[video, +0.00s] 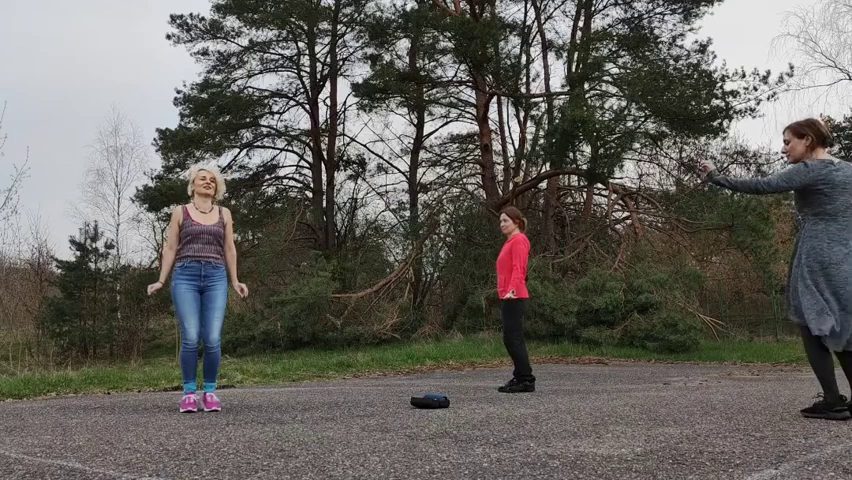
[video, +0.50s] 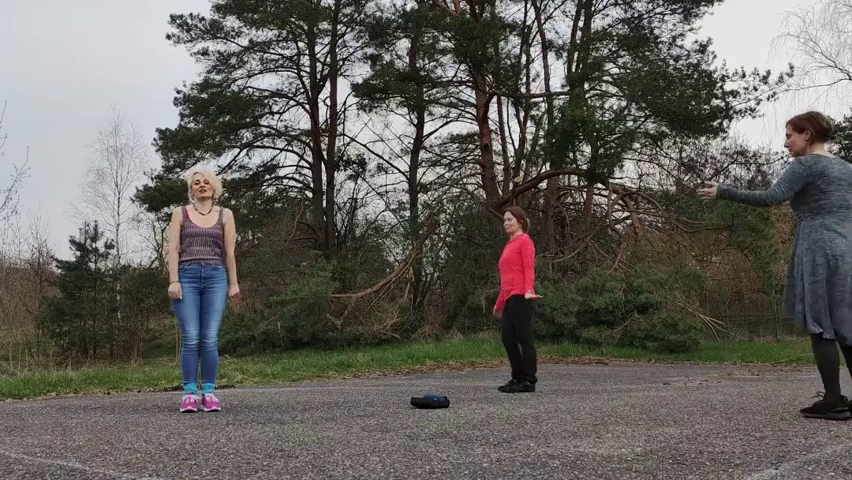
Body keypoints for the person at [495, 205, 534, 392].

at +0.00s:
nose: (502, 224)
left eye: (505, 221)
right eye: (501, 222)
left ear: (517, 222)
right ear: (502, 224)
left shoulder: (519, 240)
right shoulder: (511, 241)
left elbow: (519, 267)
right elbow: (511, 267)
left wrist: (512, 288)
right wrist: (505, 288)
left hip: (515, 297)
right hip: (508, 297)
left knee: (513, 338)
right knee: (510, 337)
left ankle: (525, 379)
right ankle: (520, 377)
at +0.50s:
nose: (506, 223)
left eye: (510, 219)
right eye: (505, 220)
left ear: (520, 221)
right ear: (504, 224)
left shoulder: (525, 241)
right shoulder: (510, 244)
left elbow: (529, 266)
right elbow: (507, 279)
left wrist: (529, 288)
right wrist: (499, 302)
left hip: (521, 296)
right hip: (509, 297)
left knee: (524, 337)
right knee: (508, 338)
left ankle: (528, 380)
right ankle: (518, 377)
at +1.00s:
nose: (509, 227)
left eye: (512, 224)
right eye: (507, 225)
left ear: (522, 223)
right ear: (505, 227)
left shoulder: (530, 245)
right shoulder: (505, 247)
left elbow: (537, 270)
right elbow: (499, 278)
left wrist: (541, 294)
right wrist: (488, 301)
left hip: (524, 296)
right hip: (506, 298)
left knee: (526, 337)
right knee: (505, 339)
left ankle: (529, 380)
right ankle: (518, 377)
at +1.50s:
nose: (502, 232)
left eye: (503, 227)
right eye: (499, 229)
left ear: (514, 224)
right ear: (503, 228)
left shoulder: (524, 241)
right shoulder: (511, 244)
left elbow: (526, 267)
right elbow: (508, 273)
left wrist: (523, 290)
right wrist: (503, 299)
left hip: (518, 297)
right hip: (508, 298)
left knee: (514, 337)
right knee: (511, 337)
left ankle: (525, 379)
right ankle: (520, 377)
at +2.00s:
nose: (499, 232)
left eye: (500, 228)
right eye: (497, 229)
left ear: (511, 224)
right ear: (506, 226)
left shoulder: (522, 241)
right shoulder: (511, 243)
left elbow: (523, 268)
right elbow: (510, 269)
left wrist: (517, 292)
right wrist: (505, 292)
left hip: (515, 298)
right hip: (506, 297)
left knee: (514, 339)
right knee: (512, 339)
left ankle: (525, 379)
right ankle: (520, 377)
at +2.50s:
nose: (497, 225)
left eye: (500, 221)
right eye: (496, 222)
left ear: (512, 221)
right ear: (500, 223)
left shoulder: (521, 241)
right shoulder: (504, 244)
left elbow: (527, 269)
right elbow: (501, 277)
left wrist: (525, 293)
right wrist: (491, 302)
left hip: (515, 297)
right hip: (504, 298)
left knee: (516, 340)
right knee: (514, 340)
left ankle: (526, 379)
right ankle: (519, 377)